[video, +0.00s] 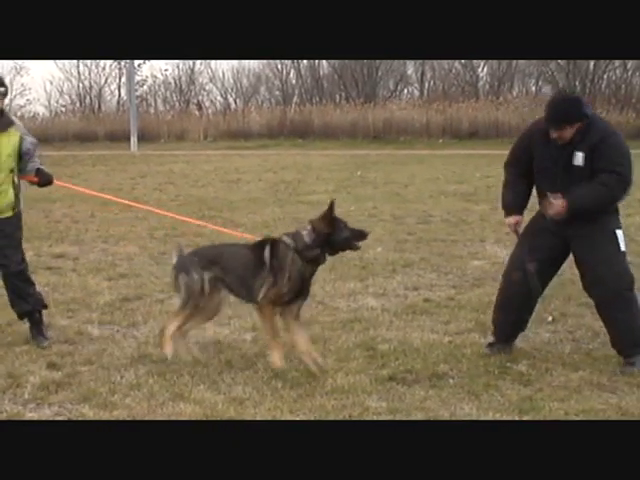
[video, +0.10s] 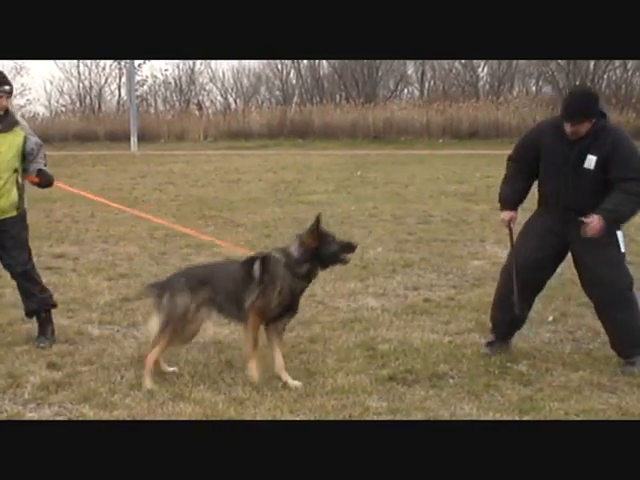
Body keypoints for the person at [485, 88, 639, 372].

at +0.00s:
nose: (555, 134)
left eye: (561, 129)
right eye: (552, 128)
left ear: (578, 124)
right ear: (547, 121)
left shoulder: (605, 140)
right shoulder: (536, 135)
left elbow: (616, 182)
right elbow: (517, 170)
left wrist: (570, 203)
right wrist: (513, 210)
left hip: (595, 224)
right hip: (549, 222)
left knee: (611, 285)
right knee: (519, 275)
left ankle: (632, 352)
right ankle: (502, 338)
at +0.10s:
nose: (569, 128)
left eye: (576, 123)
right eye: (566, 122)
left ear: (593, 121)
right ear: (562, 115)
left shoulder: (616, 144)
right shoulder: (545, 133)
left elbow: (632, 188)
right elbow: (520, 164)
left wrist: (605, 217)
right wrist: (509, 204)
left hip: (594, 225)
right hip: (549, 220)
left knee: (611, 287)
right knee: (518, 270)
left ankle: (632, 353)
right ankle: (500, 335)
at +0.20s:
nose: (570, 126)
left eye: (577, 122)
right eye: (568, 119)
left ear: (594, 121)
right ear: (564, 113)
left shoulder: (618, 143)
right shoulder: (546, 132)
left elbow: (634, 184)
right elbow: (518, 163)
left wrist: (622, 215)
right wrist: (507, 205)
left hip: (594, 226)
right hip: (547, 220)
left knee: (612, 287)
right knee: (516, 272)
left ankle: (632, 352)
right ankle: (495, 334)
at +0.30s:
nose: (563, 125)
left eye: (570, 121)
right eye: (560, 119)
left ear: (588, 119)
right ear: (556, 112)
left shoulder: (610, 139)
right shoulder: (539, 133)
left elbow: (632, 175)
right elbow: (510, 167)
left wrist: (622, 210)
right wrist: (504, 210)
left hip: (590, 225)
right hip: (542, 221)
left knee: (610, 286)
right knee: (516, 277)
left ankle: (631, 351)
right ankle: (496, 340)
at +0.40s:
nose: (552, 124)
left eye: (559, 120)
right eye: (549, 117)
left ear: (577, 116)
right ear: (545, 112)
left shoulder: (599, 137)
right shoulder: (529, 135)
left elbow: (622, 173)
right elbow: (501, 172)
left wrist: (610, 206)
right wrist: (497, 218)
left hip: (583, 227)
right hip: (534, 224)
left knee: (607, 287)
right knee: (508, 280)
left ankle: (631, 350)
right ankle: (493, 341)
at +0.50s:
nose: (542, 123)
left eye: (549, 119)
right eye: (540, 117)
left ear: (567, 116)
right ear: (536, 113)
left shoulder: (592, 134)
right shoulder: (523, 135)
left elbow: (617, 171)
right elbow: (497, 172)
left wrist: (600, 204)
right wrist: (493, 217)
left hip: (580, 225)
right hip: (532, 224)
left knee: (604, 284)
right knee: (508, 280)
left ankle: (620, 345)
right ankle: (493, 341)